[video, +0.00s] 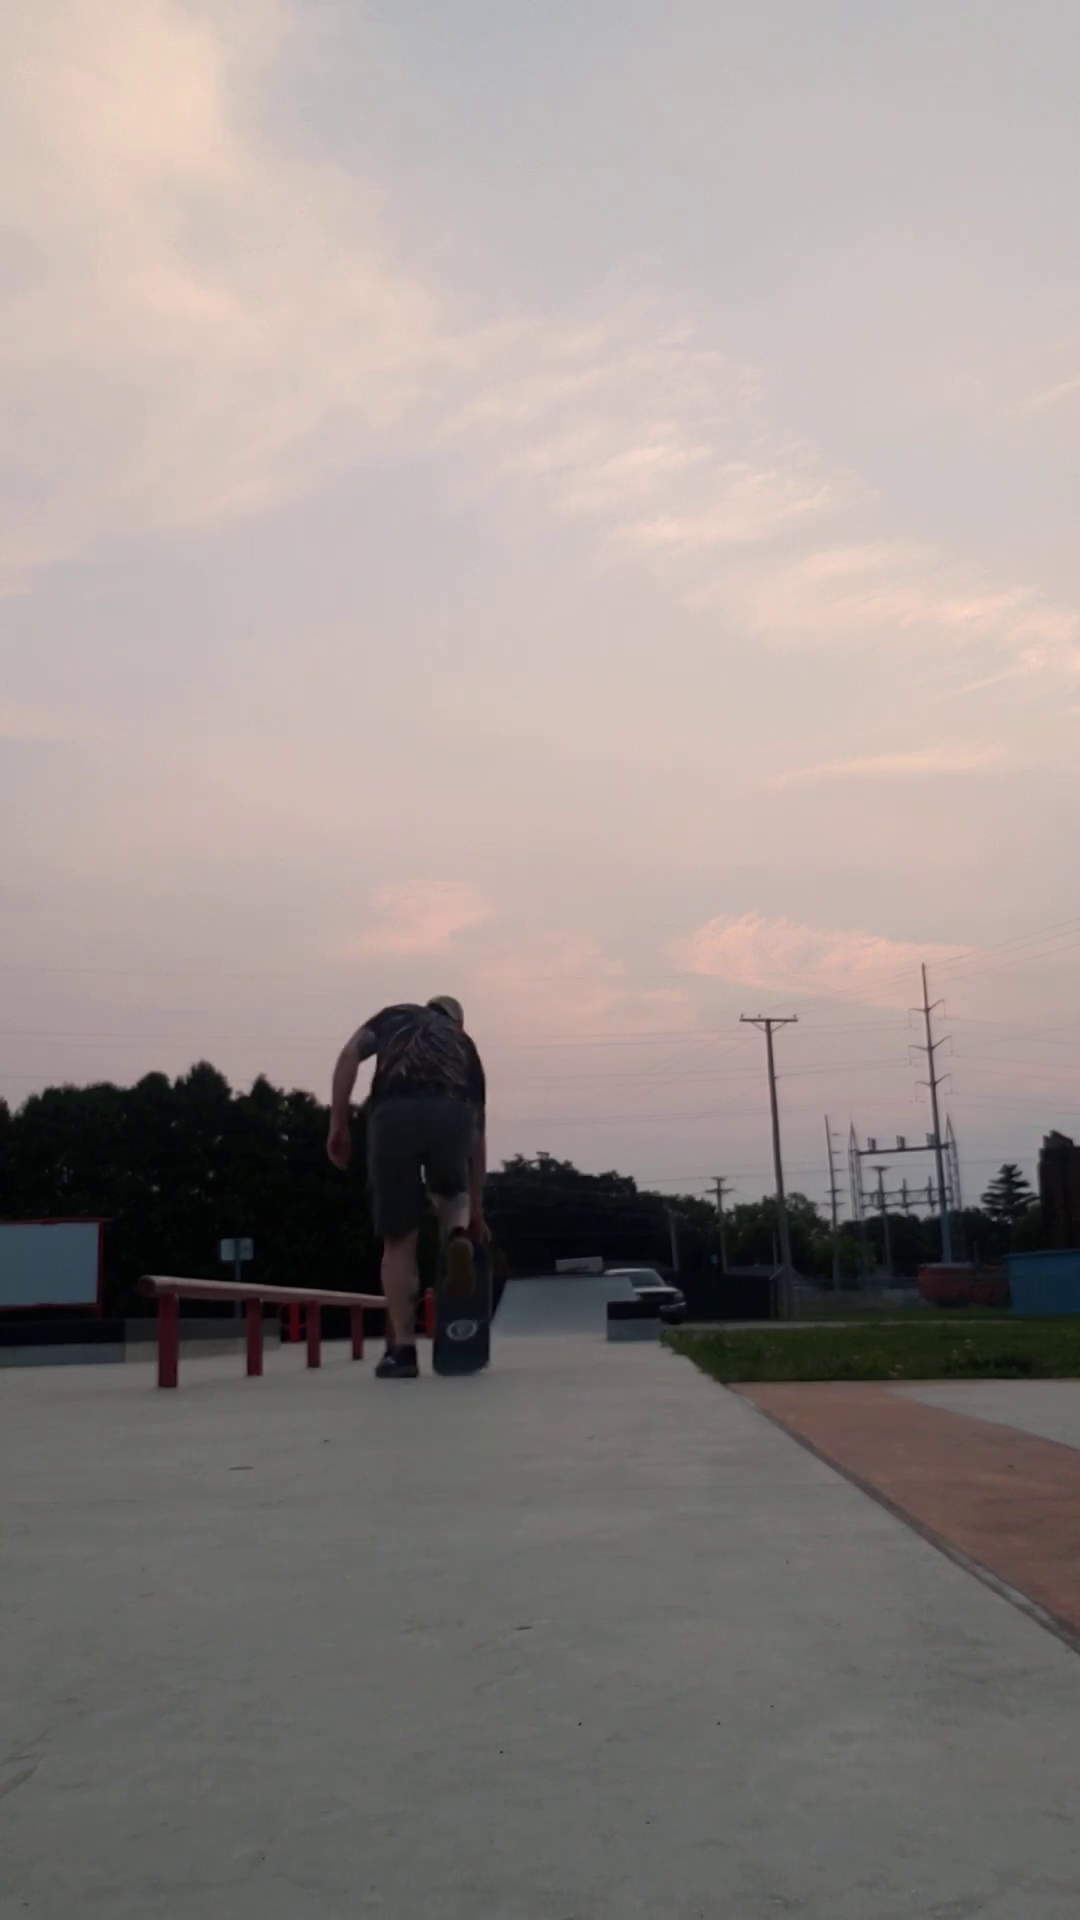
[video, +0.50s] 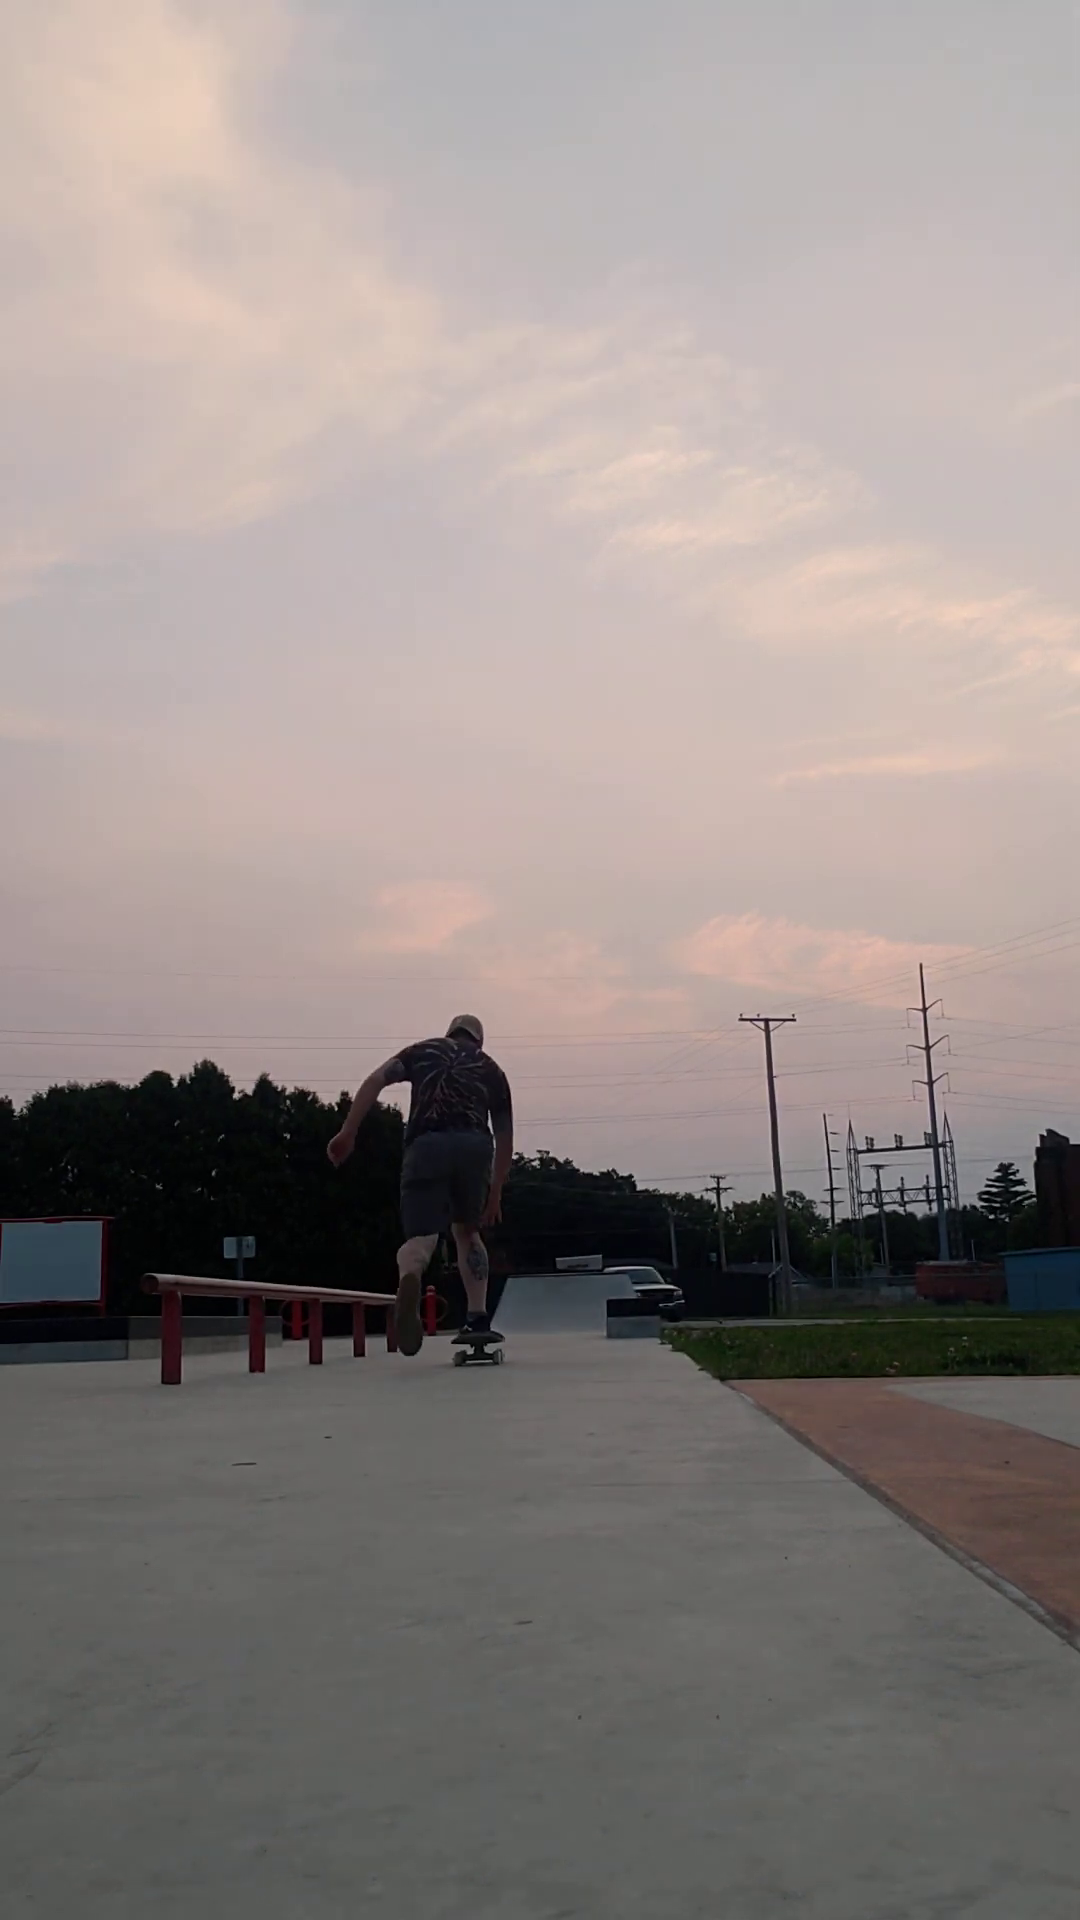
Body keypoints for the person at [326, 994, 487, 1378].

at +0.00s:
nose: (455, 1023)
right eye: (457, 1020)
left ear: (426, 1008)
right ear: (458, 1022)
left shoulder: (398, 1014)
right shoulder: (467, 1045)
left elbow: (349, 1055)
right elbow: (477, 1138)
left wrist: (338, 1122)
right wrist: (476, 1209)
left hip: (391, 1120)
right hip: (451, 1119)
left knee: (399, 1237)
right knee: (452, 1195)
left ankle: (403, 1350)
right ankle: (458, 1241)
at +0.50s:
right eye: (479, 1040)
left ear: (448, 1033)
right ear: (480, 1041)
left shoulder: (424, 1049)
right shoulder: (492, 1070)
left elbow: (374, 1080)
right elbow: (504, 1141)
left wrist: (348, 1132)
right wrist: (496, 1193)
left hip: (425, 1148)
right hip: (474, 1150)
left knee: (420, 1236)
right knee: (468, 1230)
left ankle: (409, 1278)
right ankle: (478, 1320)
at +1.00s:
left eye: (447, 1096)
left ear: (444, 1096)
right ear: (473, 1097)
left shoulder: (429, 1120)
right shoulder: (490, 1121)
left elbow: (419, 1178)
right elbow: (490, 1169)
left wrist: (423, 1225)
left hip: (446, 1193)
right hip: (488, 1193)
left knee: (441, 1265)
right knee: (473, 1248)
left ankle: (449, 1331)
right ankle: (485, 1319)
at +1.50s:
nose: (479, 1094)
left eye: (474, 1090)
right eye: (485, 1091)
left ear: (472, 1090)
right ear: (496, 1090)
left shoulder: (465, 1117)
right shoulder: (514, 1119)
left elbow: (452, 1163)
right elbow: (519, 1163)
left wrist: (454, 1199)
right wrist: (515, 1193)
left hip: (481, 1193)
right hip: (513, 1194)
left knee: (461, 1255)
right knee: (497, 1257)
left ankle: (501, 1306)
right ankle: (497, 1321)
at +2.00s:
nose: (489, 1115)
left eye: (488, 1111)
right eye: (496, 1110)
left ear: (487, 1111)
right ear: (508, 1110)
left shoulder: (488, 1133)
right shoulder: (521, 1138)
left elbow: (483, 1165)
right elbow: (525, 1181)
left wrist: (464, 1199)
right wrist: (525, 1217)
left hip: (498, 1205)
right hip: (519, 1206)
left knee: (494, 1261)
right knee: (508, 1263)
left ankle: (516, 1316)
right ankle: (516, 1315)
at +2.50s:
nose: (502, 1144)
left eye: (500, 1140)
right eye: (506, 1140)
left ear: (497, 1140)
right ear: (515, 1139)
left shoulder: (495, 1160)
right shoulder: (526, 1160)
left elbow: (486, 1190)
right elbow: (529, 1191)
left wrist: (478, 1218)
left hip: (508, 1219)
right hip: (528, 1217)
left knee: (506, 1270)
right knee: (519, 1270)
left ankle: (523, 1315)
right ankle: (528, 1315)